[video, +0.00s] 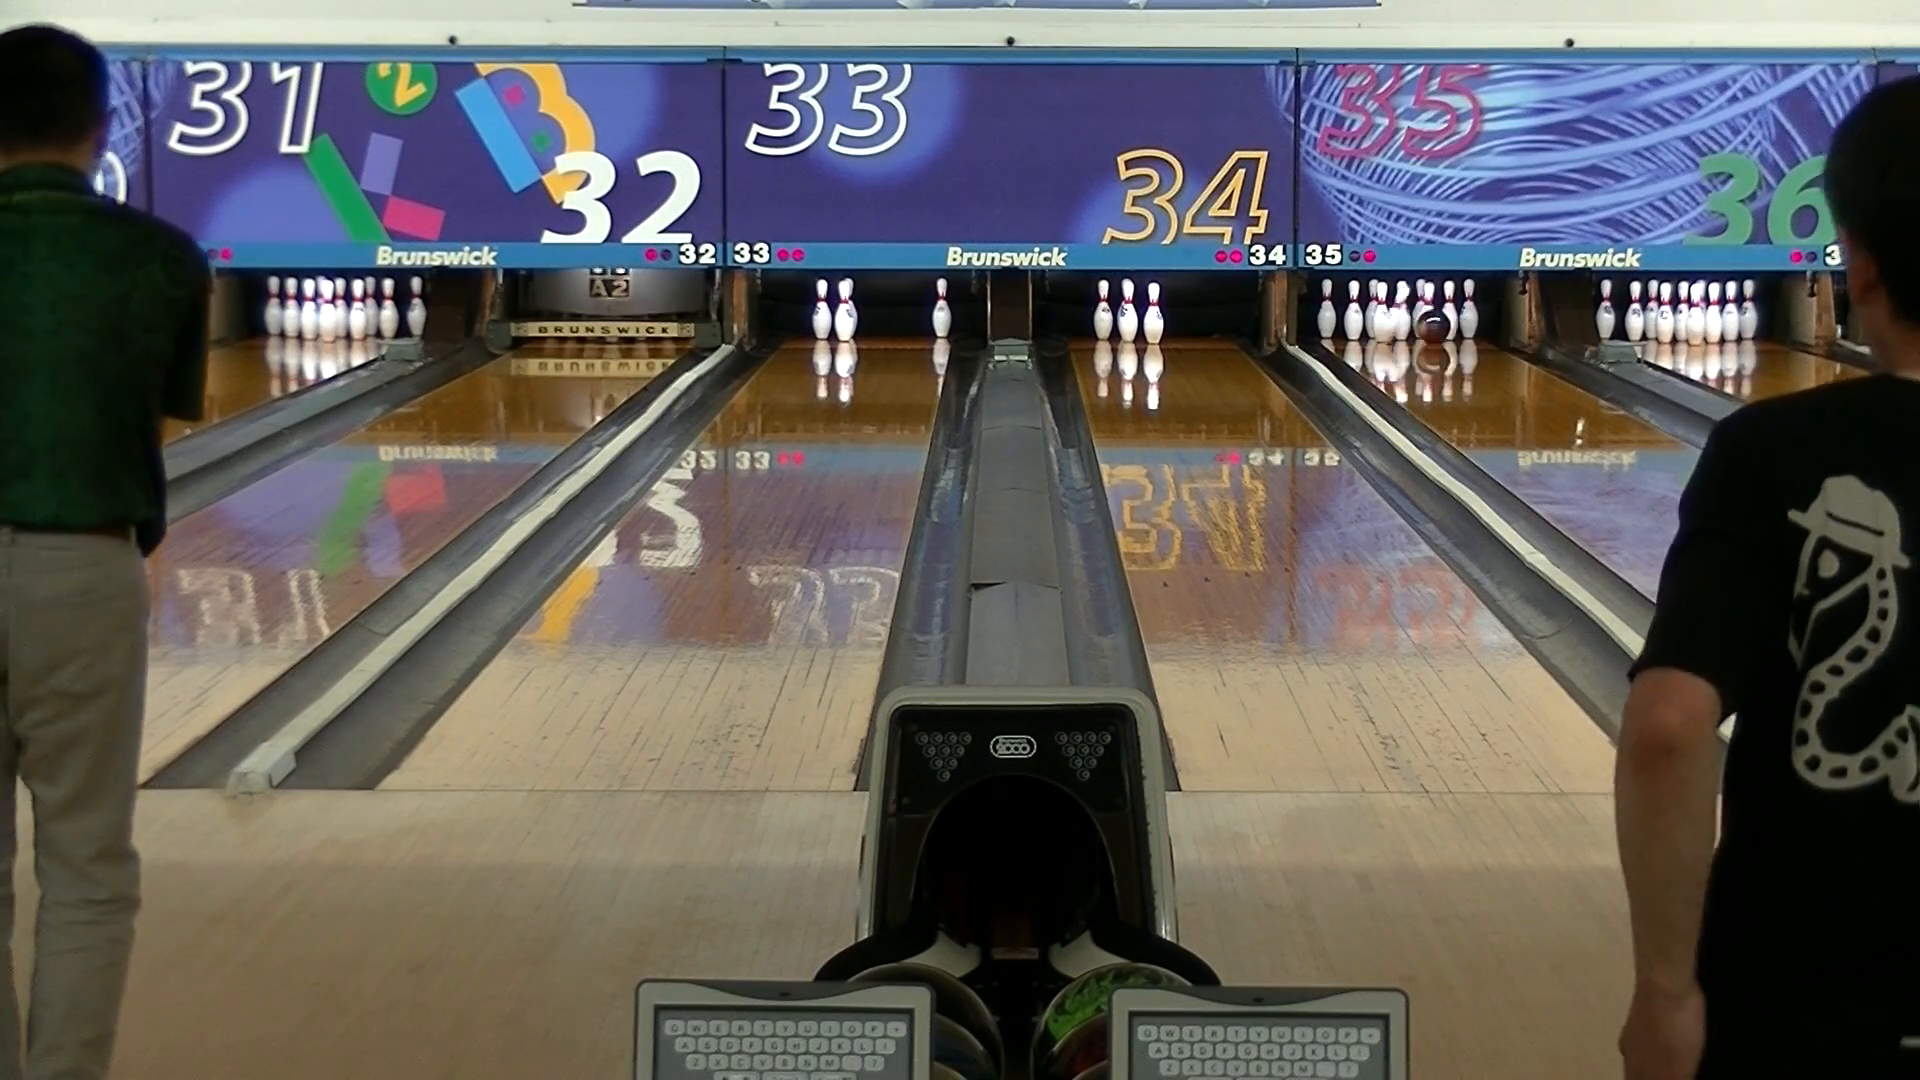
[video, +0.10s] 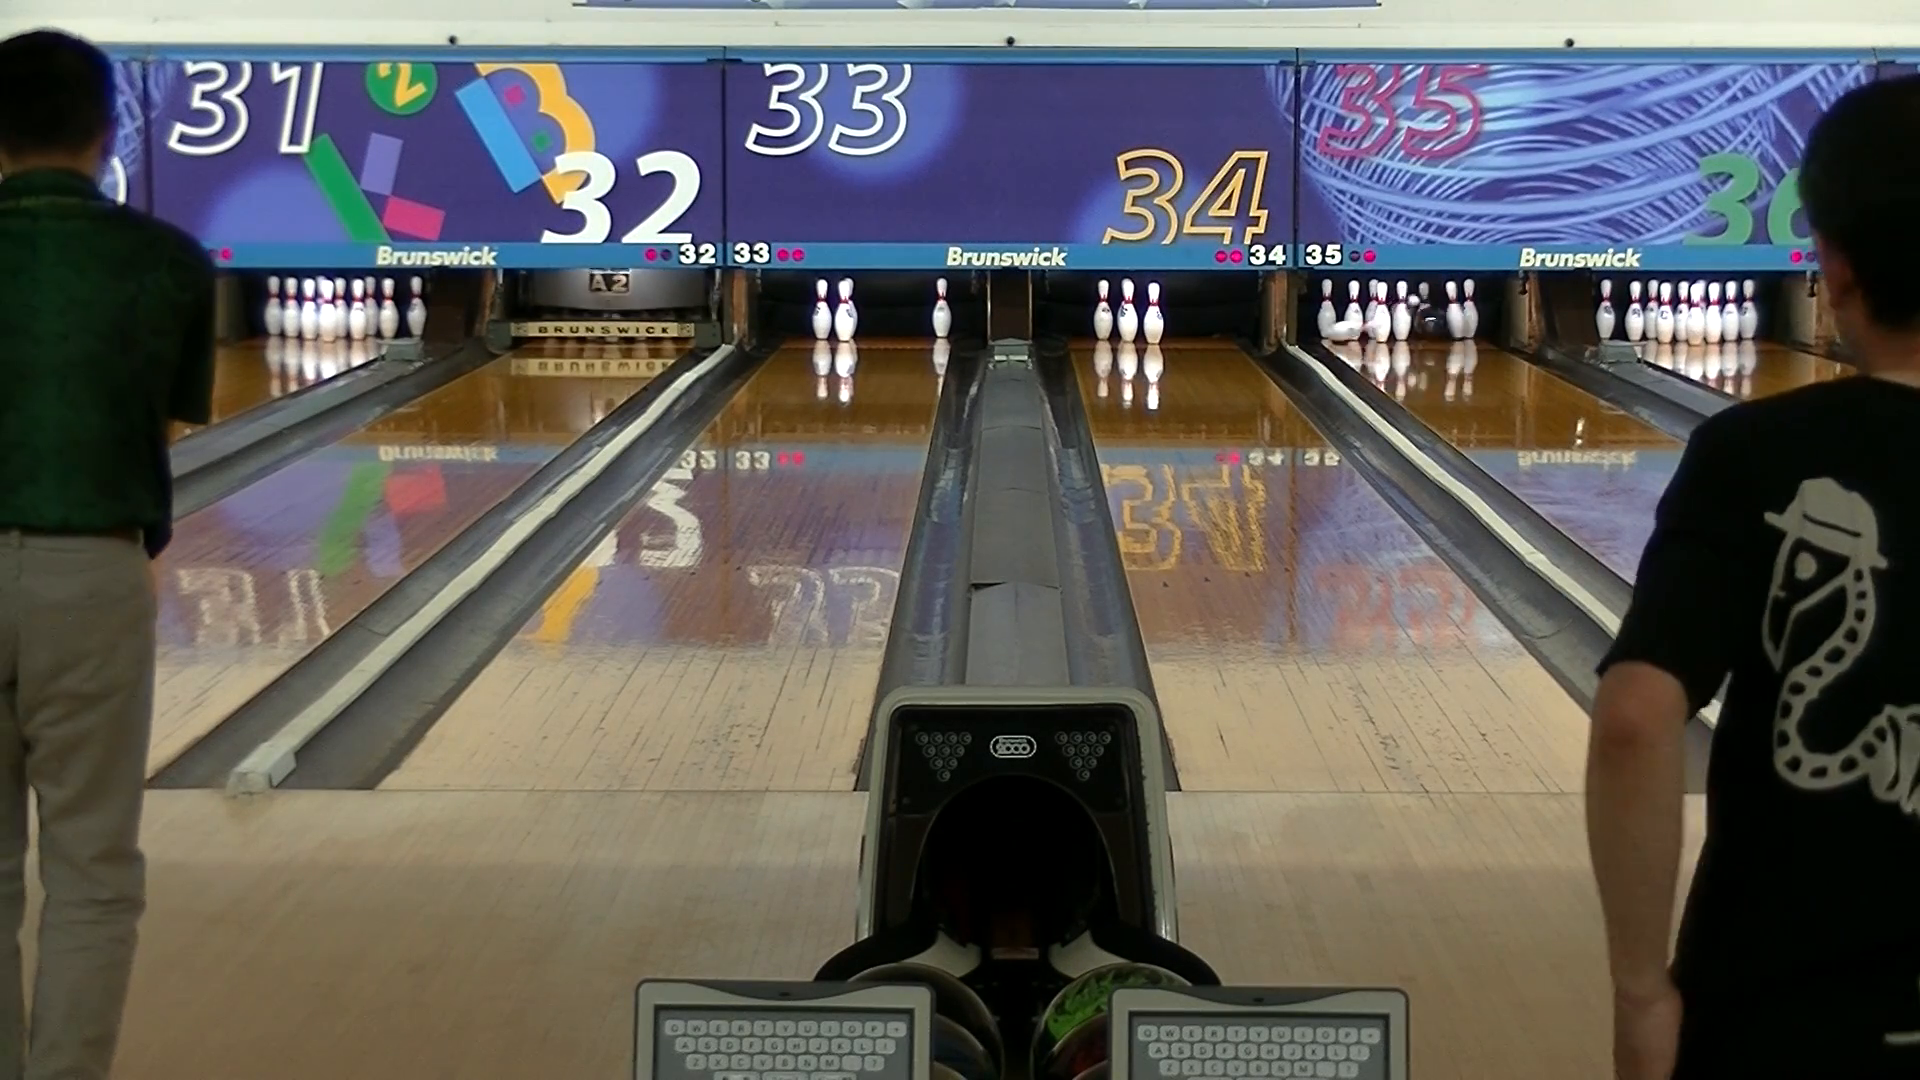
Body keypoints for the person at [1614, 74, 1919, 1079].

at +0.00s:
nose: (1839, 258)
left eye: (1841, 236)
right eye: (1842, 233)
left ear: (1861, 264)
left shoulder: (1775, 452)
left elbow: (1667, 722)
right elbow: (1668, 722)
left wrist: (1665, 989)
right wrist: (1668, 990)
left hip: (1803, 1003)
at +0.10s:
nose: (1816, 263)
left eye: (1818, 241)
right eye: (1821, 238)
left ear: (1838, 271)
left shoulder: (1759, 451)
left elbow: (1634, 714)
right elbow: (1633, 715)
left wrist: (1641, 988)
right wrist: (1645, 989)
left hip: (1782, 1003)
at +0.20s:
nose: (1780, 266)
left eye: (1779, 246)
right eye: (1786, 241)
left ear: (1805, 272)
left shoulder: (1730, 458)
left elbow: (1602, 718)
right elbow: (1601, 718)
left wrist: (1608, 999)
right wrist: (1612, 999)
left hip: (1756, 1015)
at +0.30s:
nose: (1740, 275)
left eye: (1735, 252)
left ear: (1755, 277)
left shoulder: (1691, 465)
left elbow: (1582, 737)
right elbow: (1581, 736)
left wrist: (1562, 1014)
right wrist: (1564, 1016)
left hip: (1719, 1023)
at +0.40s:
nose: (1678, 276)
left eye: (1677, 252)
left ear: (1694, 275)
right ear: (1881, 253)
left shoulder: (1634, 469)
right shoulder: (1914, 423)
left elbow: (1554, 744)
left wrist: (1496, 1015)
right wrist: (1502, 1011)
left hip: (1681, 1014)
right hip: (1903, 1008)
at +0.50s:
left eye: (1599, 252)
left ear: (1613, 273)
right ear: (1803, 249)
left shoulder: (1557, 466)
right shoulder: (1899, 448)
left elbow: (1490, 748)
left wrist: (1427, 1000)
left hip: (1625, 1012)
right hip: (1878, 1010)